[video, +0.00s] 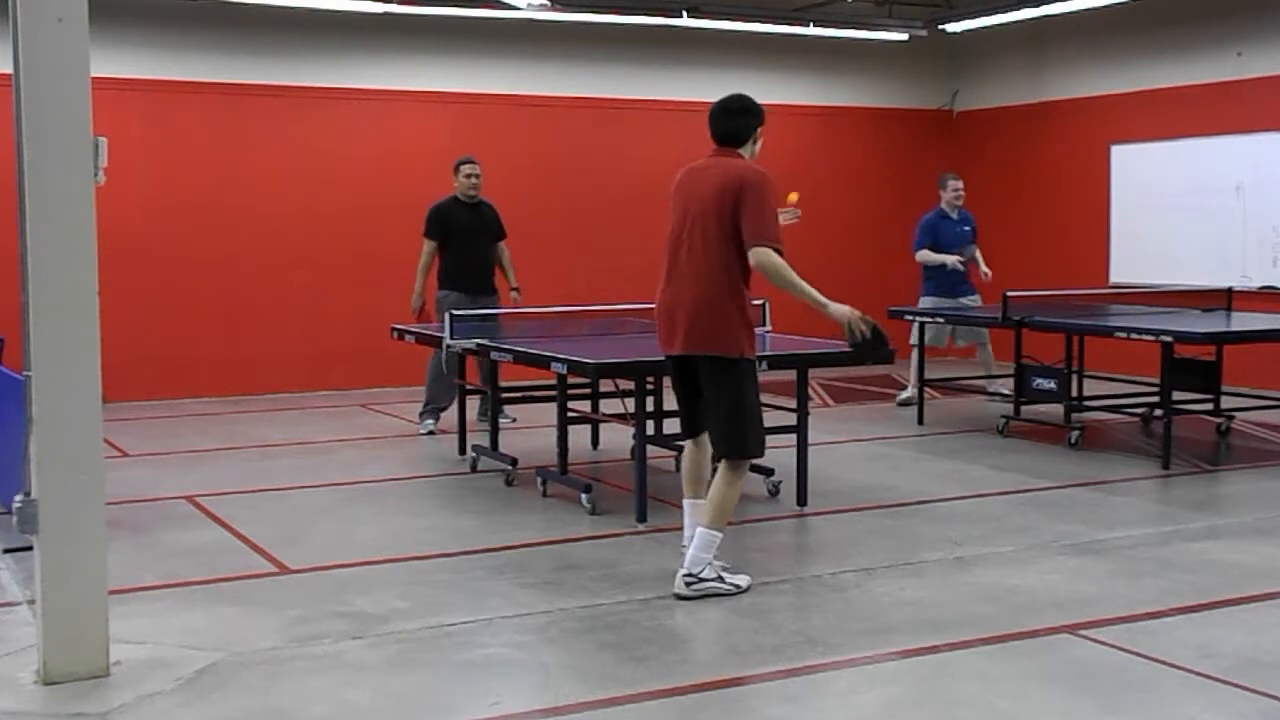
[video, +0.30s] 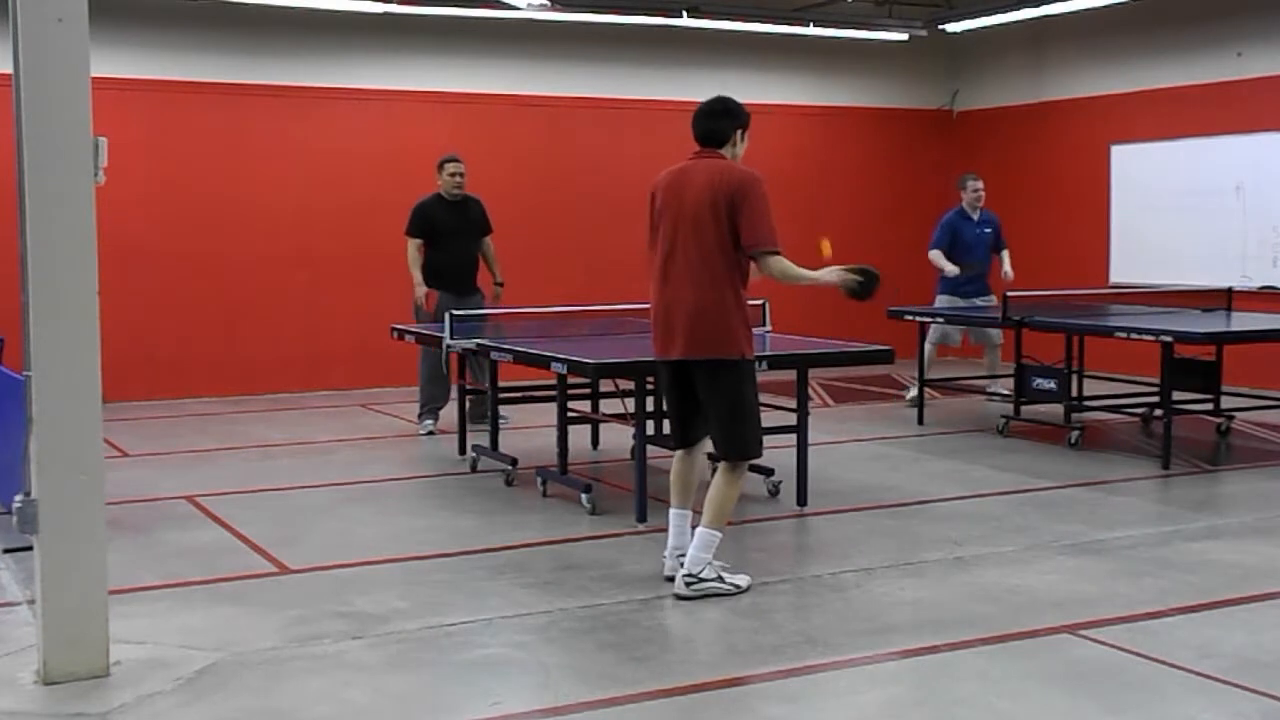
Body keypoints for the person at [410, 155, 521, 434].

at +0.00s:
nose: (473, 181)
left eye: (477, 176)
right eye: (468, 176)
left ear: (482, 180)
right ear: (456, 180)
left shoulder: (488, 211)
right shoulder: (441, 211)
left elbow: (501, 248)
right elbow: (428, 252)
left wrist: (513, 284)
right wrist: (418, 292)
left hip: (486, 295)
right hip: (453, 295)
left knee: (491, 352)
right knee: (448, 352)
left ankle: (490, 407)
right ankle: (431, 412)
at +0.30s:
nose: (458, 180)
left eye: (461, 175)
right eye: (452, 175)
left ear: (466, 178)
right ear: (439, 178)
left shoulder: (474, 207)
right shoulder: (425, 209)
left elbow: (485, 243)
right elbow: (414, 248)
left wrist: (497, 277)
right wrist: (418, 284)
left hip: (470, 293)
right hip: (436, 294)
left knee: (481, 351)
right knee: (433, 354)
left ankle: (482, 408)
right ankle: (429, 412)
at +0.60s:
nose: (464, 186)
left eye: (468, 181)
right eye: (458, 181)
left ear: (472, 181)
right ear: (446, 182)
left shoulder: (480, 208)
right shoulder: (430, 211)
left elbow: (490, 243)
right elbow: (416, 251)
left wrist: (502, 274)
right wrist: (429, 288)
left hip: (472, 295)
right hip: (437, 297)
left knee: (485, 349)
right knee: (434, 354)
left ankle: (488, 404)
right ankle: (429, 412)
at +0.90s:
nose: (485, 211)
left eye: (489, 205)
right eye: (479, 205)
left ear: (493, 204)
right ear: (467, 204)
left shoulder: (499, 228)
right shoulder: (447, 226)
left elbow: (507, 261)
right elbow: (422, 256)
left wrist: (518, 294)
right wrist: (450, 282)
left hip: (480, 296)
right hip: (446, 296)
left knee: (488, 350)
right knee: (448, 349)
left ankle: (486, 408)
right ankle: (445, 408)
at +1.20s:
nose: (497, 233)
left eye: (501, 227)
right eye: (491, 228)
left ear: (505, 225)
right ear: (477, 225)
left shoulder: (498, 242)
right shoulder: (459, 245)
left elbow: (488, 264)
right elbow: (432, 287)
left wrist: (490, 284)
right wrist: (462, 308)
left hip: (465, 305)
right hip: (435, 306)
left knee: (480, 355)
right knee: (442, 363)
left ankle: (483, 408)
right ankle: (455, 418)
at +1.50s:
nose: (493, 240)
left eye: (496, 234)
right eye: (488, 234)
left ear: (498, 229)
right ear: (473, 228)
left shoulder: (473, 232)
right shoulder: (459, 245)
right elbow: (489, 264)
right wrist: (521, 272)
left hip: (452, 302)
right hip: (427, 303)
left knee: (459, 354)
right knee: (438, 361)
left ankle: (457, 406)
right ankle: (453, 416)